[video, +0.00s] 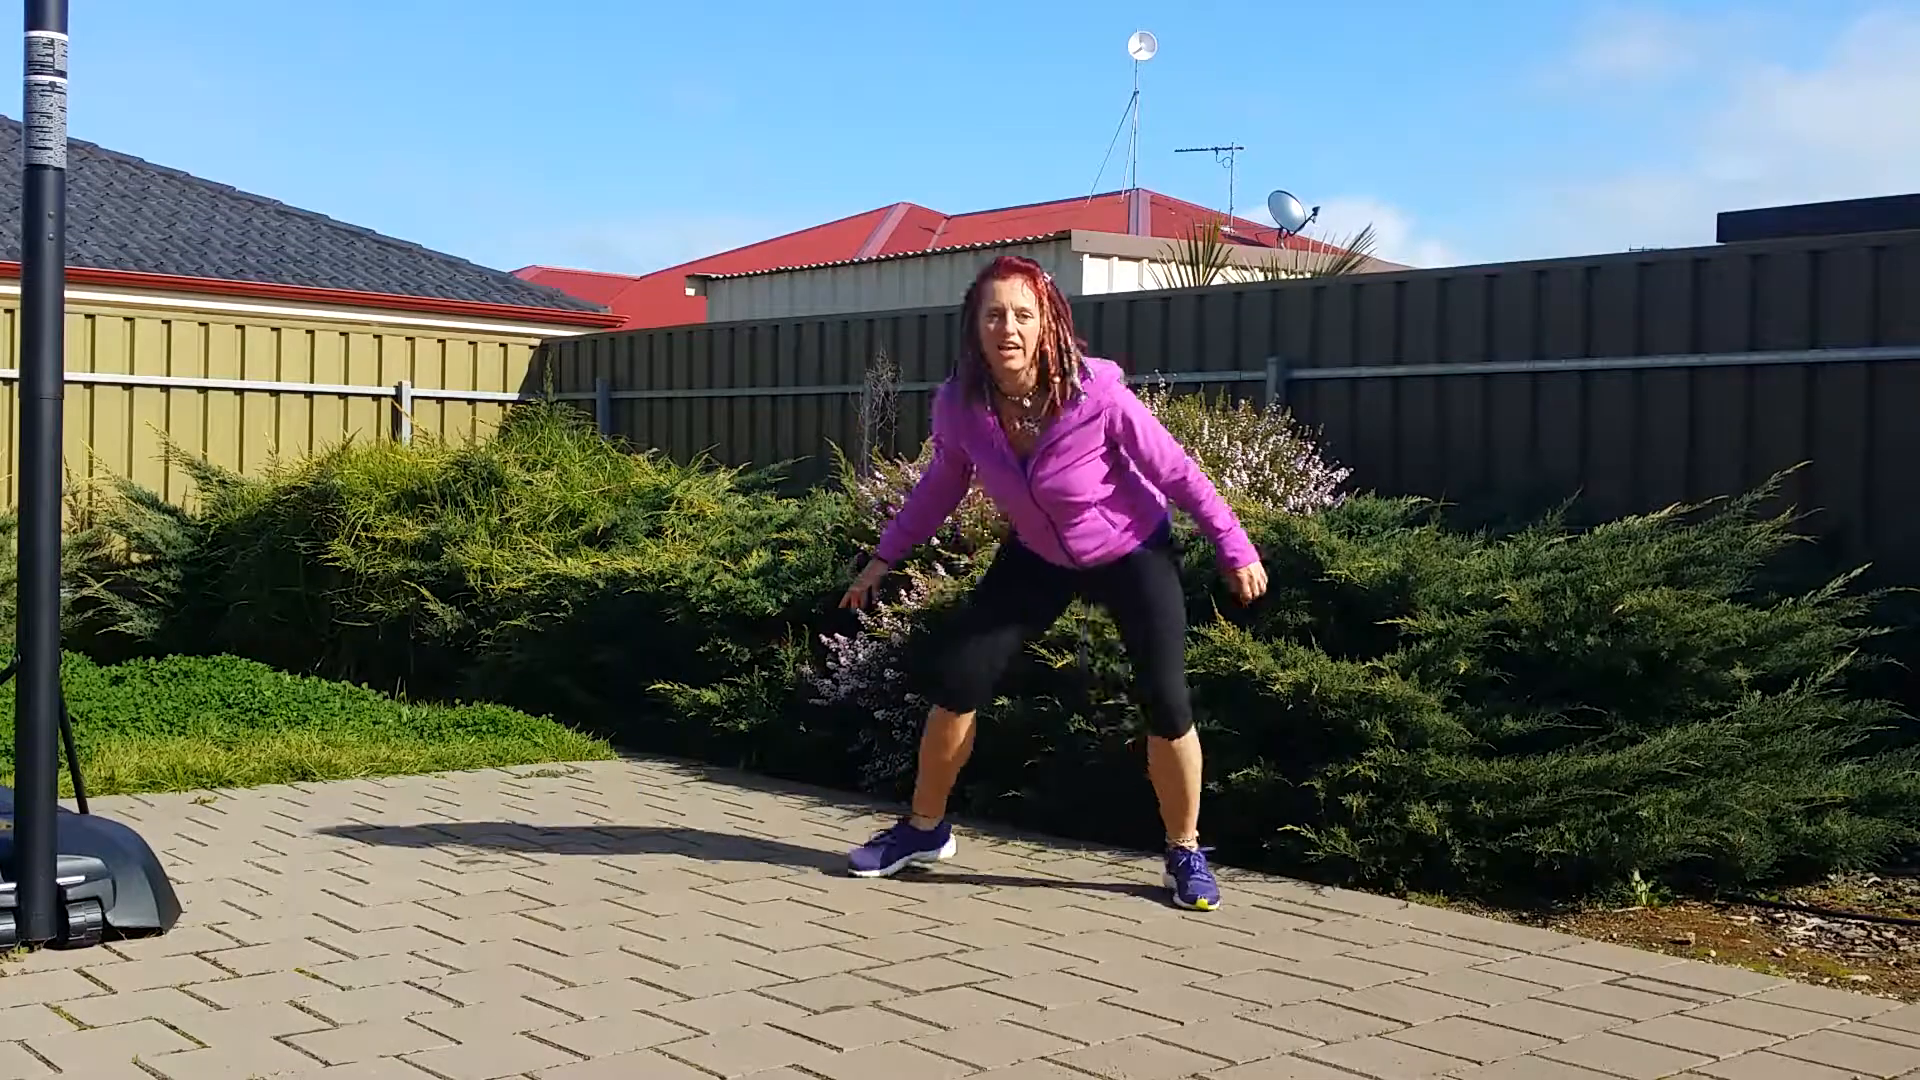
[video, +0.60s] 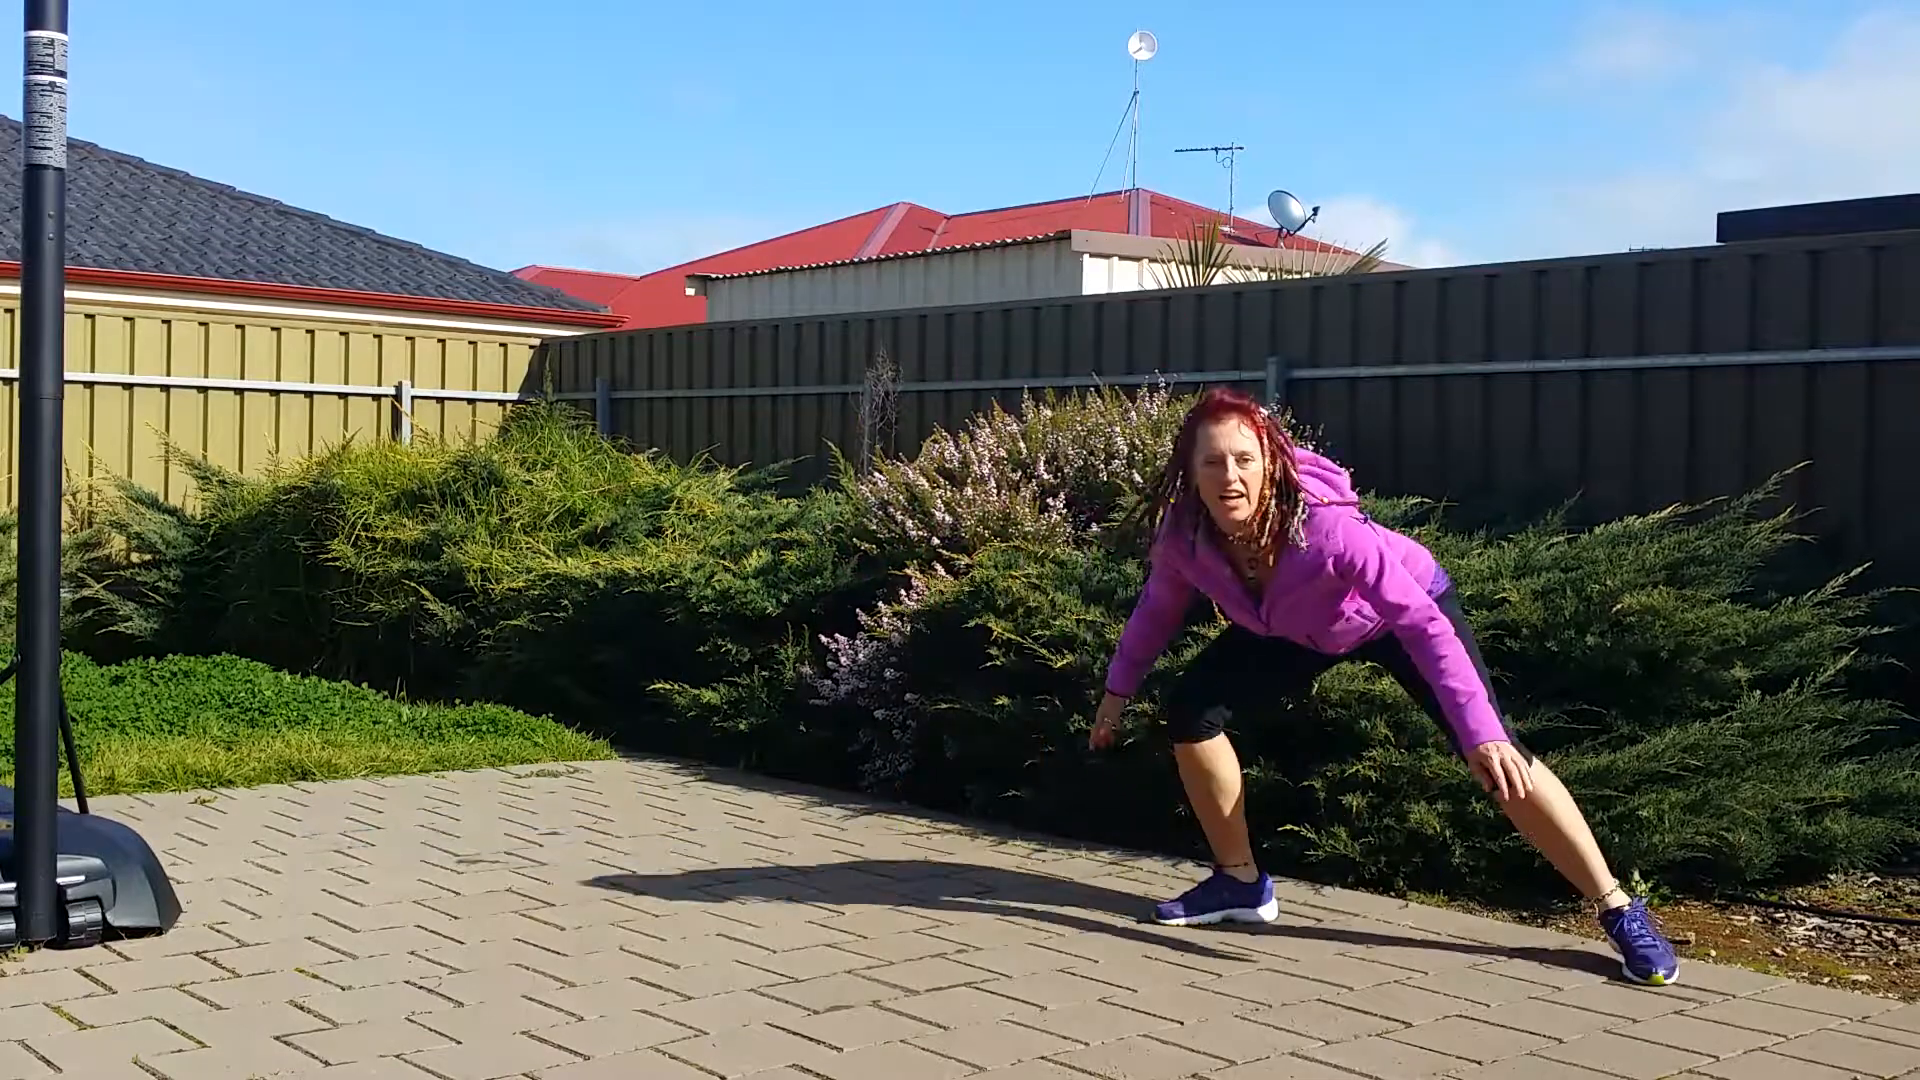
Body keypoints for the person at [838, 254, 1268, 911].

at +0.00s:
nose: (1006, 327)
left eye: (1021, 314)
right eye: (993, 315)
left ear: (1047, 325)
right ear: (975, 328)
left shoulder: (1097, 390)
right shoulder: (960, 404)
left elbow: (1177, 472)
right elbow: (939, 486)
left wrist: (1236, 547)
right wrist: (885, 555)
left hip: (1130, 550)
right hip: (1036, 552)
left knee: (1166, 696)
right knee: (958, 679)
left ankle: (1185, 853)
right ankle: (923, 827)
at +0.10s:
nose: (1039, 301)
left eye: (1053, 286)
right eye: (1024, 288)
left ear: (1081, 295)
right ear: (1006, 300)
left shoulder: (1133, 362)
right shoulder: (992, 384)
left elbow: (1219, 434)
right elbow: (970, 469)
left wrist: (1290, 506)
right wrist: (924, 542)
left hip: (1176, 524)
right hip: (1082, 534)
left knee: (1208, 678)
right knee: (1019, 662)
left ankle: (1214, 839)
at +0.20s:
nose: (1071, 302)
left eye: (1085, 287)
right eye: (1056, 289)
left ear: (1112, 294)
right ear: (1035, 300)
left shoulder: (1159, 355)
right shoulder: (1019, 381)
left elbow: (1250, 430)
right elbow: (998, 467)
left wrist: (1325, 497)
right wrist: (951, 544)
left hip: (1215, 517)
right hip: (1120, 543)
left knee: (1269, 651)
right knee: (1087, 680)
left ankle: (1333, 827)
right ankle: (1183, 829)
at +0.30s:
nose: (1102, 340)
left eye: (1117, 325)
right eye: (1087, 326)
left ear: (1141, 332)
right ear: (1066, 337)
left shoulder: (1188, 396)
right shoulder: (1046, 422)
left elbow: (1281, 465)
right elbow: (1027, 508)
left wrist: (1361, 528)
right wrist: (973, 584)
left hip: (1250, 550)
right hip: (1157, 584)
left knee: (1358, 667)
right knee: (1131, 715)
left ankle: (1487, 824)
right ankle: (1230, 867)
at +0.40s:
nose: (1135, 391)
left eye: (1148, 375)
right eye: (1118, 379)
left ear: (1175, 381)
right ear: (1093, 390)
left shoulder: (1222, 446)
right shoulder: (1079, 473)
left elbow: (1319, 509)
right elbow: (1051, 561)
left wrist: (1404, 576)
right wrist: (1002, 643)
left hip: (1294, 582)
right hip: (1194, 609)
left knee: (1421, 696)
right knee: (1137, 729)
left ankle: (1580, 825)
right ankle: (1239, 879)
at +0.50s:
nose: (1174, 434)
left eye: (1188, 419)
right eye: (1157, 422)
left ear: (1216, 427)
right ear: (1131, 436)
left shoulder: (1268, 487)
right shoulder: (1124, 515)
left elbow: (1372, 557)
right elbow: (1092, 601)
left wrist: (1457, 644)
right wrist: (1052, 680)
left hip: (1334, 600)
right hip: (1229, 620)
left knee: (1465, 727)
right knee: (1163, 730)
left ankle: (1609, 873)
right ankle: (1238, 881)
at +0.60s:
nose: (1229, 476)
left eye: (1243, 459)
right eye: (1211, 463)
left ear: (1270, 462)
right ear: (1187, 475)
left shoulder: (1327, 530)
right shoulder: (1184, 538)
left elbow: (1421, 616)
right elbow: (1155, 612)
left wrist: (1478, 728)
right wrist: (1116, 691)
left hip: (1393, 616)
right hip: (1294, 626)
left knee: (1496, 753)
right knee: (1192, 712)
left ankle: (1617, 908)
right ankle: (1239, 882)